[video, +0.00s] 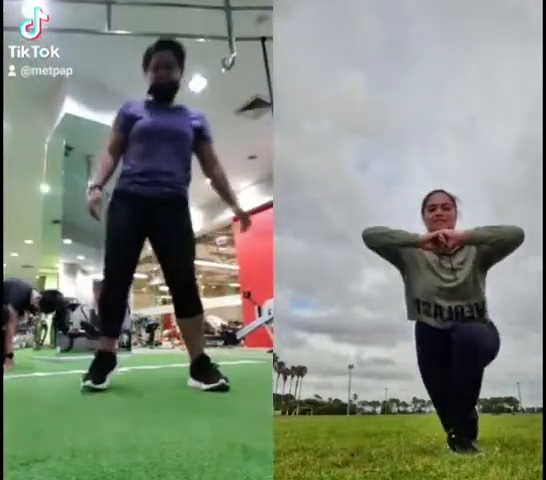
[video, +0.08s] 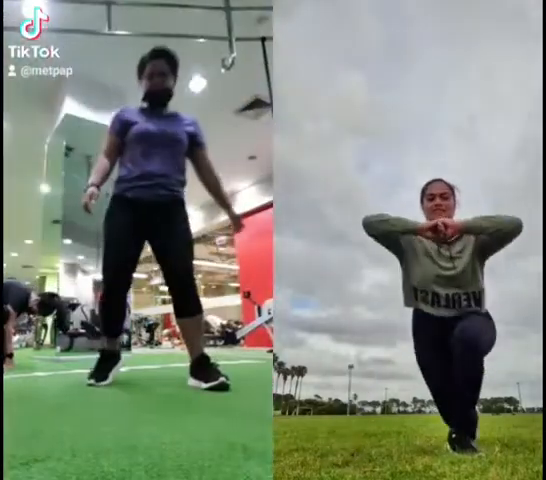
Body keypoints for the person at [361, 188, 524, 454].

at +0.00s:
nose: (439, 213)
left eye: (446, 208)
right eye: (432, 209)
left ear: (456, 215)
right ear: (424, 217)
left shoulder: (476, 254)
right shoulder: (410, 255)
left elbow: (516, 235)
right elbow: (370, 236)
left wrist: (464, 237)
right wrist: (419, 240)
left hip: (475, 332)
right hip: (431, 335)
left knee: (467, 341)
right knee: (444, 400)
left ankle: (463, 431)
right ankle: (460, 439)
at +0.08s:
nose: (438, 203)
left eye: (445, 197)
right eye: (431, 198)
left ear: (455, 205)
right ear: (422, 207)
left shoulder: (475, 243)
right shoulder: (409, 244)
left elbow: (514, 225)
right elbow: (370, 223)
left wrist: (462, 226)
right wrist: (418, 228)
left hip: (471, 320)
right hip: (428, 324)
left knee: (467, 341)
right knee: (445, 397)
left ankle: (461, 434)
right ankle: (467, 427)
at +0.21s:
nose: (432, 176)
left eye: (438, 171)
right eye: (425, 171)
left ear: (448, 177)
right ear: (416, 180)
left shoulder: (468, 216)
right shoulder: (404, 218)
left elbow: (509, 205)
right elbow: (365, 207)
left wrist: (459, 203)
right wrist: (412, 206)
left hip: (464, 297)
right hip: (421, 299)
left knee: (469, 342)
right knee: (434, 390)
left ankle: (460, 433)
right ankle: (460, 406)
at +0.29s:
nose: (427, 166)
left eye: (433, 161)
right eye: (420, 162)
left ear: (443, 167)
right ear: (411, 170)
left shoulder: (464, 205)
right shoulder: (401, 209)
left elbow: (506, 197)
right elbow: (361, 204)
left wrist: (455, 194)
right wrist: (409, 198)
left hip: (458, 287)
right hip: (416, 289)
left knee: (467, 343)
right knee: (413, 372)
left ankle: (460, 430)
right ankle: (442, 399)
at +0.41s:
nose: (414, 162)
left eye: (420, 156)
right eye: (406, 158)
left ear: (431, 162)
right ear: (398, 167)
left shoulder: (450, 199)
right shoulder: (389, 206)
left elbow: (489, 195)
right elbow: (345, 207)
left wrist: (438, 187)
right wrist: (393, 196)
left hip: (449, 286)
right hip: (404, 285)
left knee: (465, 340)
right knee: (366, 332)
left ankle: (458, 433)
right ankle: (357, 420)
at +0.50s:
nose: (407, 174)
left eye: (414, 168)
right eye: (401, 169)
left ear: (424, 174)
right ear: (391, 178)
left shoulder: (443, 211)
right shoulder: (382, 216)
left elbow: (479, 211)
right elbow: (336, 219)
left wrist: (428, 199)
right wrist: (387, 206)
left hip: (438, 300)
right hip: (392, 299)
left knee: (464, 338)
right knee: (350, 339)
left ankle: (458, 434)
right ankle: (330, 436)